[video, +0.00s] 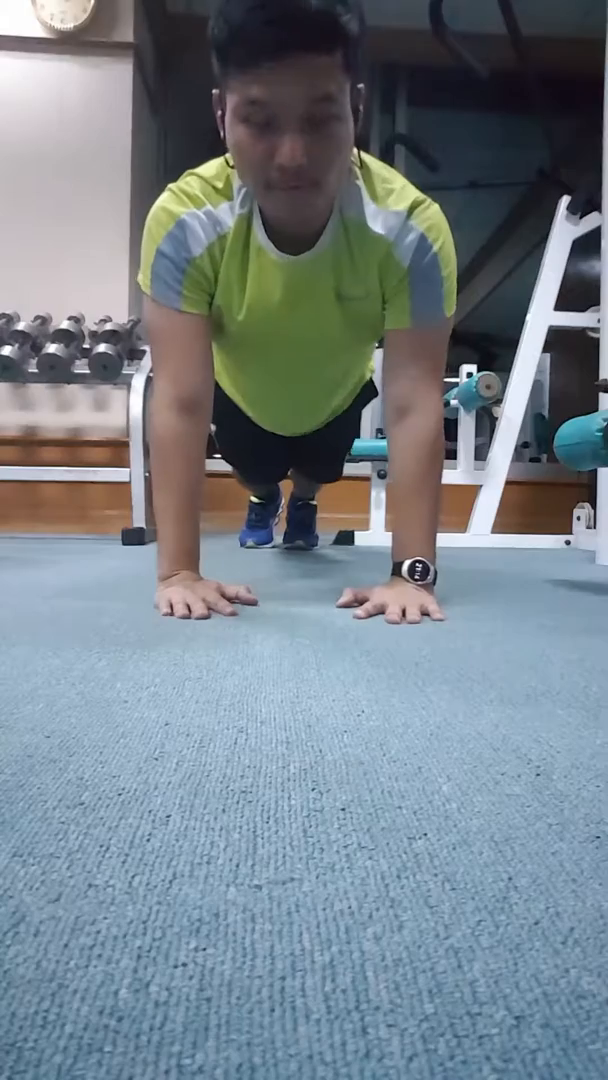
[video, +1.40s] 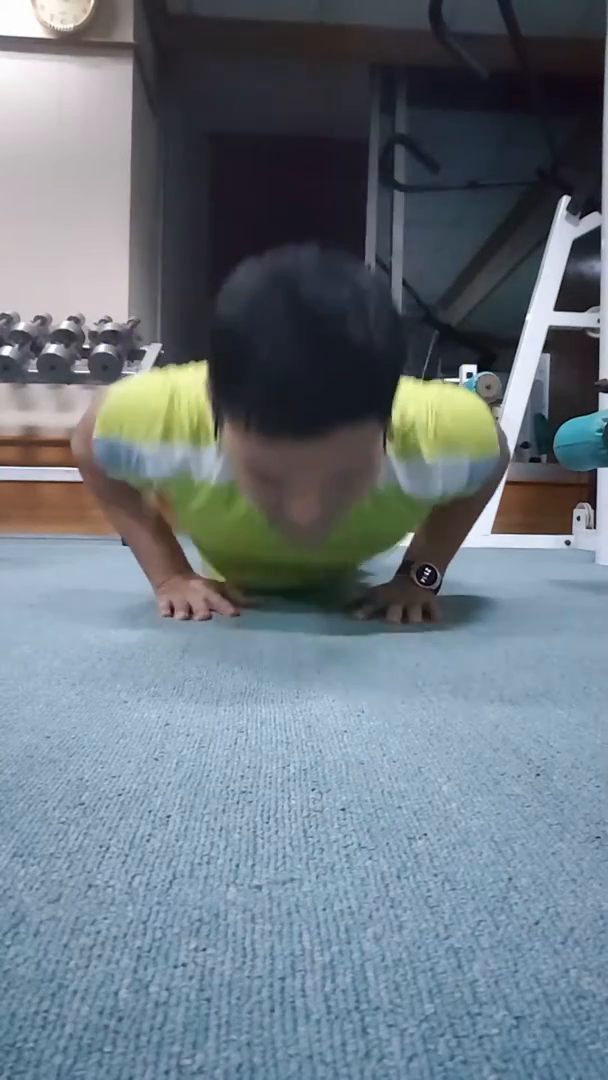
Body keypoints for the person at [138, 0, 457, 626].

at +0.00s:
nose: (292, 153)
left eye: (320, 119)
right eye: (261, 121)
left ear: (355, 111)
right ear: (222, 117)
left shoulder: (410, 231)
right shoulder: (185, 221)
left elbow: (416, 405)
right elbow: (179, 403)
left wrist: (413, 573)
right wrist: (179, 572)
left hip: (335, 397)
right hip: (240, 394)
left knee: (313, 469)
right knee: (255, 469)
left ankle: (300, 502)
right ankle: (264, 498)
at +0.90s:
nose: (306, 200)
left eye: (337, 166)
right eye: (276, 165)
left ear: (377, 127)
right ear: (229, 126)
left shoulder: (428, 250)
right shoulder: (185, 239)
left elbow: (441, 426)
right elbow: (144, 418)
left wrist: (415, 575)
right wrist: (175, 575)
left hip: (344, 436)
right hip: (244, 431)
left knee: (315, 486)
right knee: (257, 482)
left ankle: (301, 508)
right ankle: (263, 506)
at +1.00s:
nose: (306, 248)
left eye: (337, 212)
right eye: (271, 215)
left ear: (376, 171)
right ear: (222, 169)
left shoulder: (428, 275)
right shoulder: (175, 260)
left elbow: (451, 436)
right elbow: (125, 427)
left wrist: (415, 574)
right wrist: (173, 574)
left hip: (339, 463)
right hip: (240, 458)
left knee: (314, 499)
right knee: (256, 498)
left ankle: (301, 519)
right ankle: (260, 518)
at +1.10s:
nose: (303, 308)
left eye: (336, 274)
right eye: (268, 274)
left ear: (380, 219)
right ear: (219, 216)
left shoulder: (435, 315)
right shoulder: (167, 296)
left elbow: (459, 448)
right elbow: (114, 439)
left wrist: (416, 575)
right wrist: (172, 574)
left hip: (336, 487)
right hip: (235, 484)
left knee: (317, 515)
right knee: (250, 516)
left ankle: (304, 531)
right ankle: (259, 528)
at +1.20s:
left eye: (342, 337)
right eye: (270, 337)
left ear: (383, 284)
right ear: (217, 272)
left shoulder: (442, 356)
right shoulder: (162, 333)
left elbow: (469, 451)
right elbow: (107, 446)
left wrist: (416, 576)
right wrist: (173, 576)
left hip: (337, 506)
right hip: (225, 499)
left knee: (324, 528)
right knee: (250, 532)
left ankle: (325, 534)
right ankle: (264, 545)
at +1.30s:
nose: (304, 443)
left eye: (341, 410)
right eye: (268, 407)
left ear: (383, 361)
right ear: (220, 344)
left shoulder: (447, 396)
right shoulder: (154, 377)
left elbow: (476, 456)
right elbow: (99, 450)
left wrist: (418, 574)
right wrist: (172, 575)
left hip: (343, 527)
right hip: (226, 531)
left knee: (321, 546)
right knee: (240, 549)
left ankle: (303, 558)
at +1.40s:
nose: (305, 512)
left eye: (343, 480)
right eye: (269, 480)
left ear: (385, 431)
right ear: (222, 423)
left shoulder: (450, 436)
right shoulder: (151, 421)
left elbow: (486, 461)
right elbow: (90, 447)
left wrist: (420, 574)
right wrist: (171, 576)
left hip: (353, 560)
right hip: (226, 557)